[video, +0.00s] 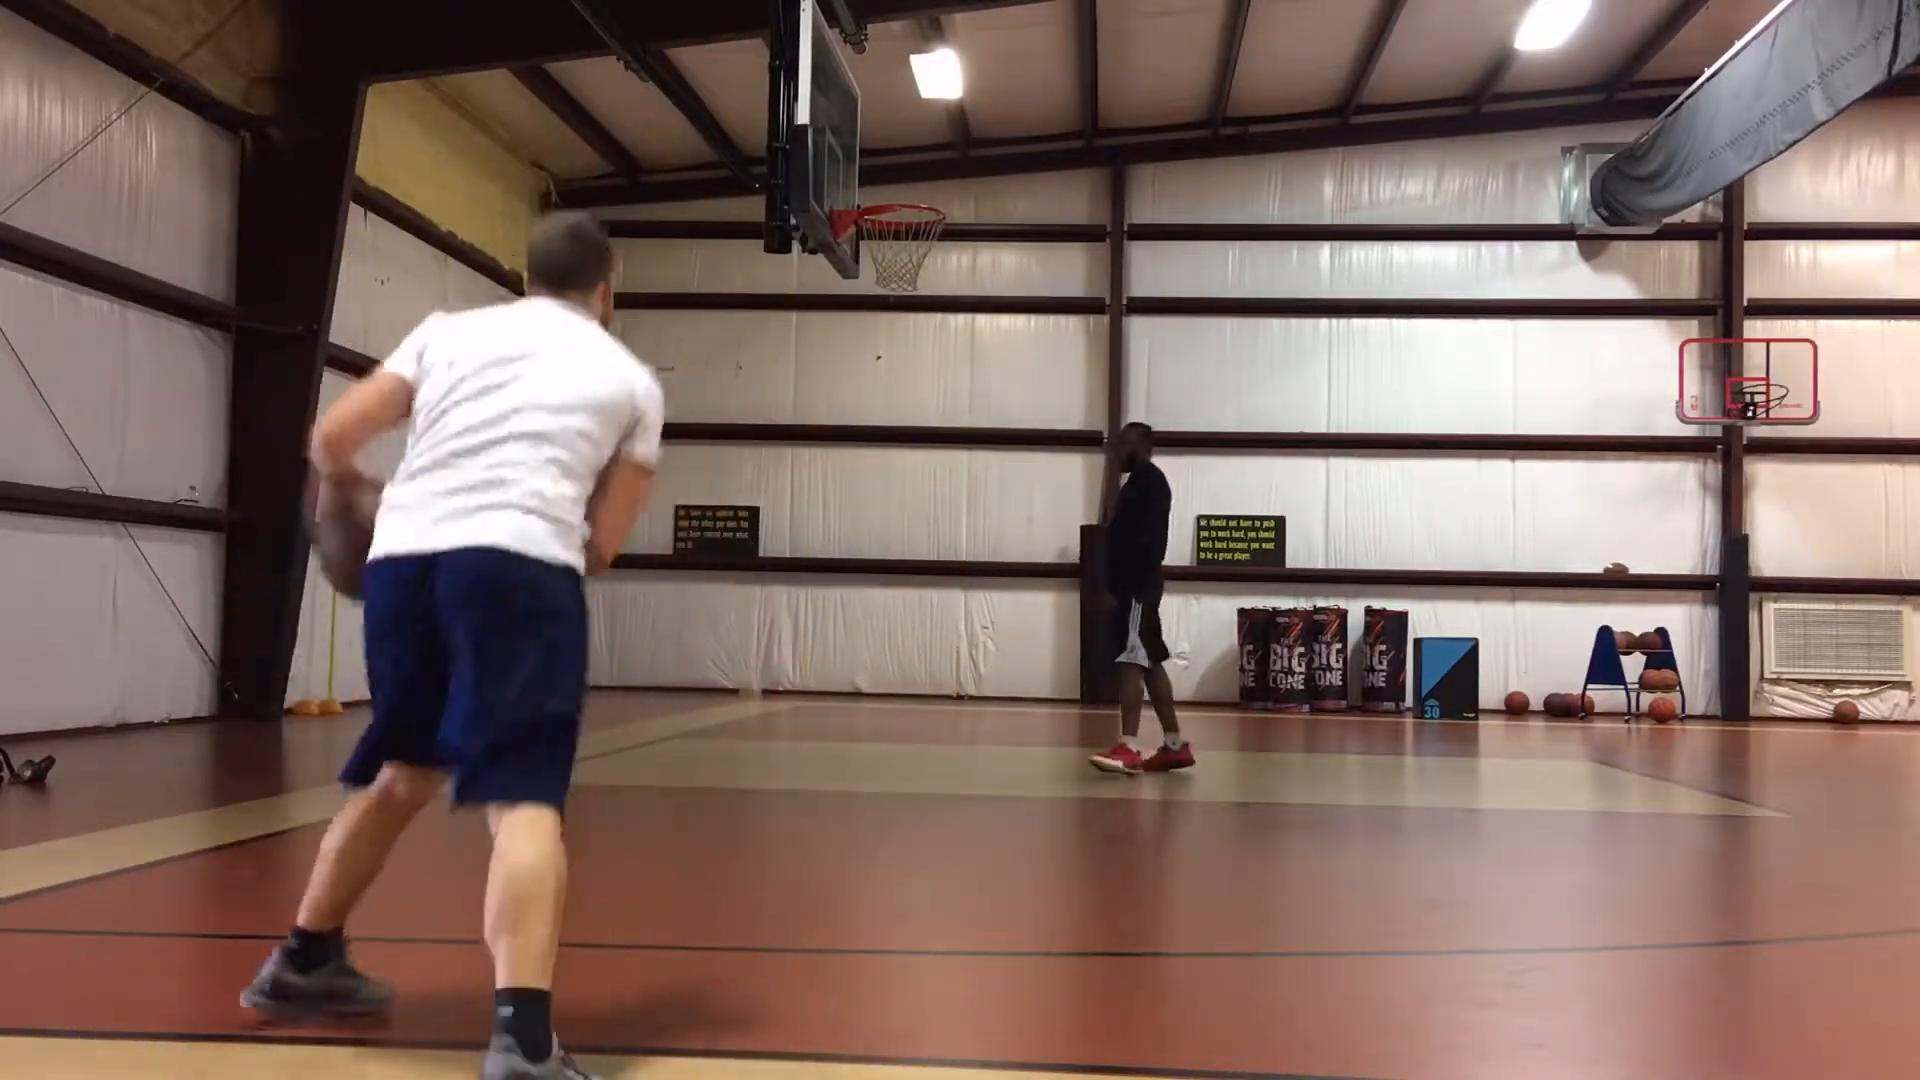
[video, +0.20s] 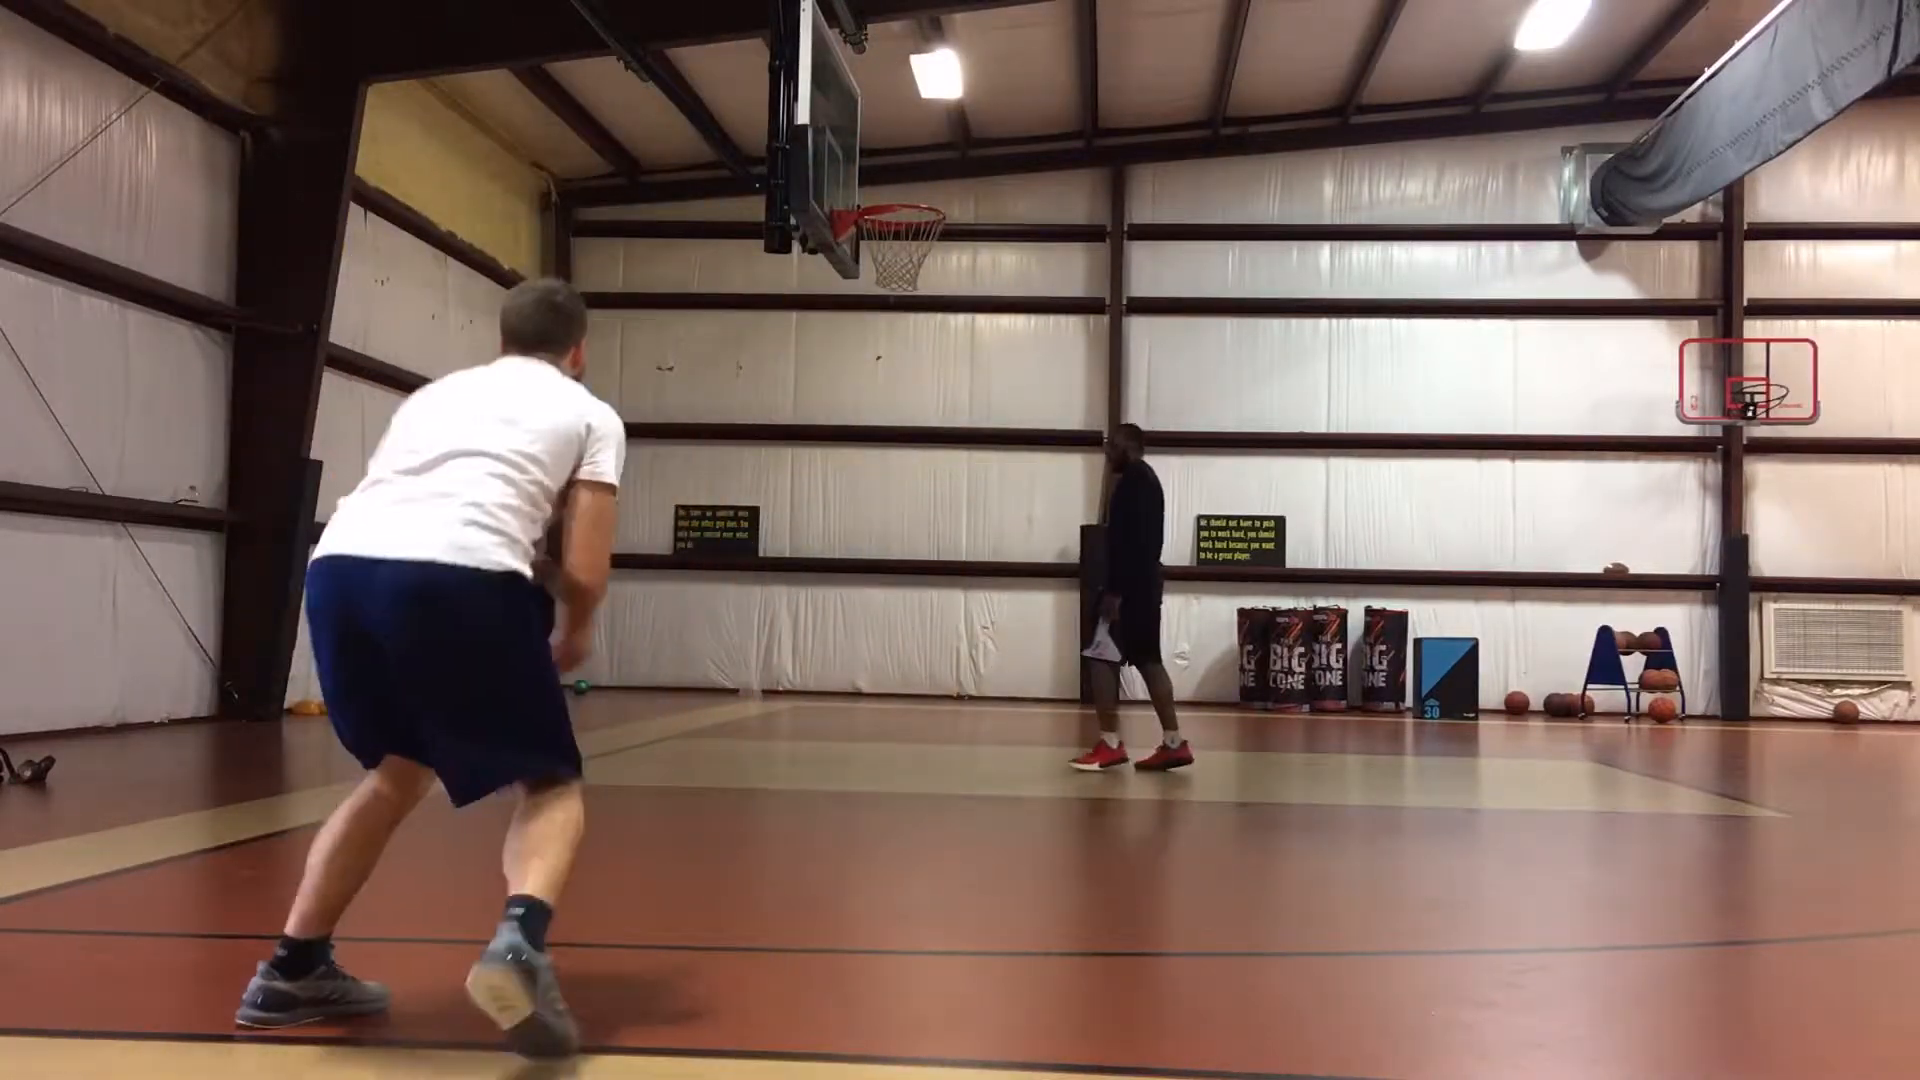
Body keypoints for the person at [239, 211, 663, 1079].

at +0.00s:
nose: (616, 302)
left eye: (608, 292)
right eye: (618, 292)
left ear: (528, 279)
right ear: (606, 291)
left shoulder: (447, 330)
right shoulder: (631, 380)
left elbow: (333, 435)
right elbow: (603, 543)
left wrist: (349, 491)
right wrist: (526, 534)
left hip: (402, 563)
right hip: (519, 570)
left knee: (403, 767)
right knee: (527, 798)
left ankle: (305, 957)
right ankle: (523, 1040)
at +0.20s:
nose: (587, 364)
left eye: (583, 356)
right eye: (588, 355)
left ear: (502, 345)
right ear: (576, 356)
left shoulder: (432, 393)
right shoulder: (589, 413)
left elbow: (376, 498)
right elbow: (583, 571)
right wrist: (575, 634)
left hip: (341, 571)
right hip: (463, 579)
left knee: (399, 770)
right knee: (551, 784)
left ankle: (295, 964)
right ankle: (521, 943)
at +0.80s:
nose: (572, 95)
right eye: (570, 88)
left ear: (499, 102)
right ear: (571, 98)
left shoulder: (487, 155)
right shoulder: (591, 161)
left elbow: (530, 84)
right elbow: (660, 75)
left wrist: (561, 14)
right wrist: (630, 9)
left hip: (475, 417)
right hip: (566, 423)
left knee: (478, 628)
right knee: (579, 636)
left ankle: (430, 823)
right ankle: (578, 841)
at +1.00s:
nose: (598, 234)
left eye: (572, 225)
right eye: (593, 225)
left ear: (523, 237)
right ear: (590, 237)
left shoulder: (504, 296)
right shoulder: (609, 307)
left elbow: (531, 213)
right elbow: (682, 233)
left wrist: (551, 145)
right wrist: (651, 153)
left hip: (499, 563)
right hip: (585, 568)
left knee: (524, 757)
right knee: (616, 773)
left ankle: (477, 917)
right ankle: (560, 955)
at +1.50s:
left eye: (645, 229)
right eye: (717, 228)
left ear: (646, 234)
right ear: (723, 237)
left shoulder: (611, 289)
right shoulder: (753, 338)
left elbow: (560, 186)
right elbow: (829, 439)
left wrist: (534, 98)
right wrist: (792, 406)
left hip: (591, 553)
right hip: (695, 563)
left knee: (555, 739)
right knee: (716, 762)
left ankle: (508, 911)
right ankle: (722, 949)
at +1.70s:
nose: (743, 207)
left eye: (689, 199)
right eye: (752, 196)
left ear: (675, 208)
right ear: (759, 207)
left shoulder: (633, 262)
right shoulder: (791, 317)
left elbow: (568, 158)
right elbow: (842, 461)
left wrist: (548, 64)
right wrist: (894, 567)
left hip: (616, 532)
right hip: (724, 546)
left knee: (580, 745)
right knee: (725, 762)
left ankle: (544, 939)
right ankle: (725, 958)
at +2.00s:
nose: (755, 196)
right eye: (757, 187)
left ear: (668, 193)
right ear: (751, 199)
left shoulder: (612, 262)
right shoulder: (779, 301)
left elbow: (528, 261)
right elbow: (766, 434)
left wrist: (578, 179)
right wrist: (760, 574)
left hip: (611, 543)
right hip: (719, 553)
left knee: (602, 768)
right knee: (720, 772)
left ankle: (593, 985)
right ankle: (727, 966)